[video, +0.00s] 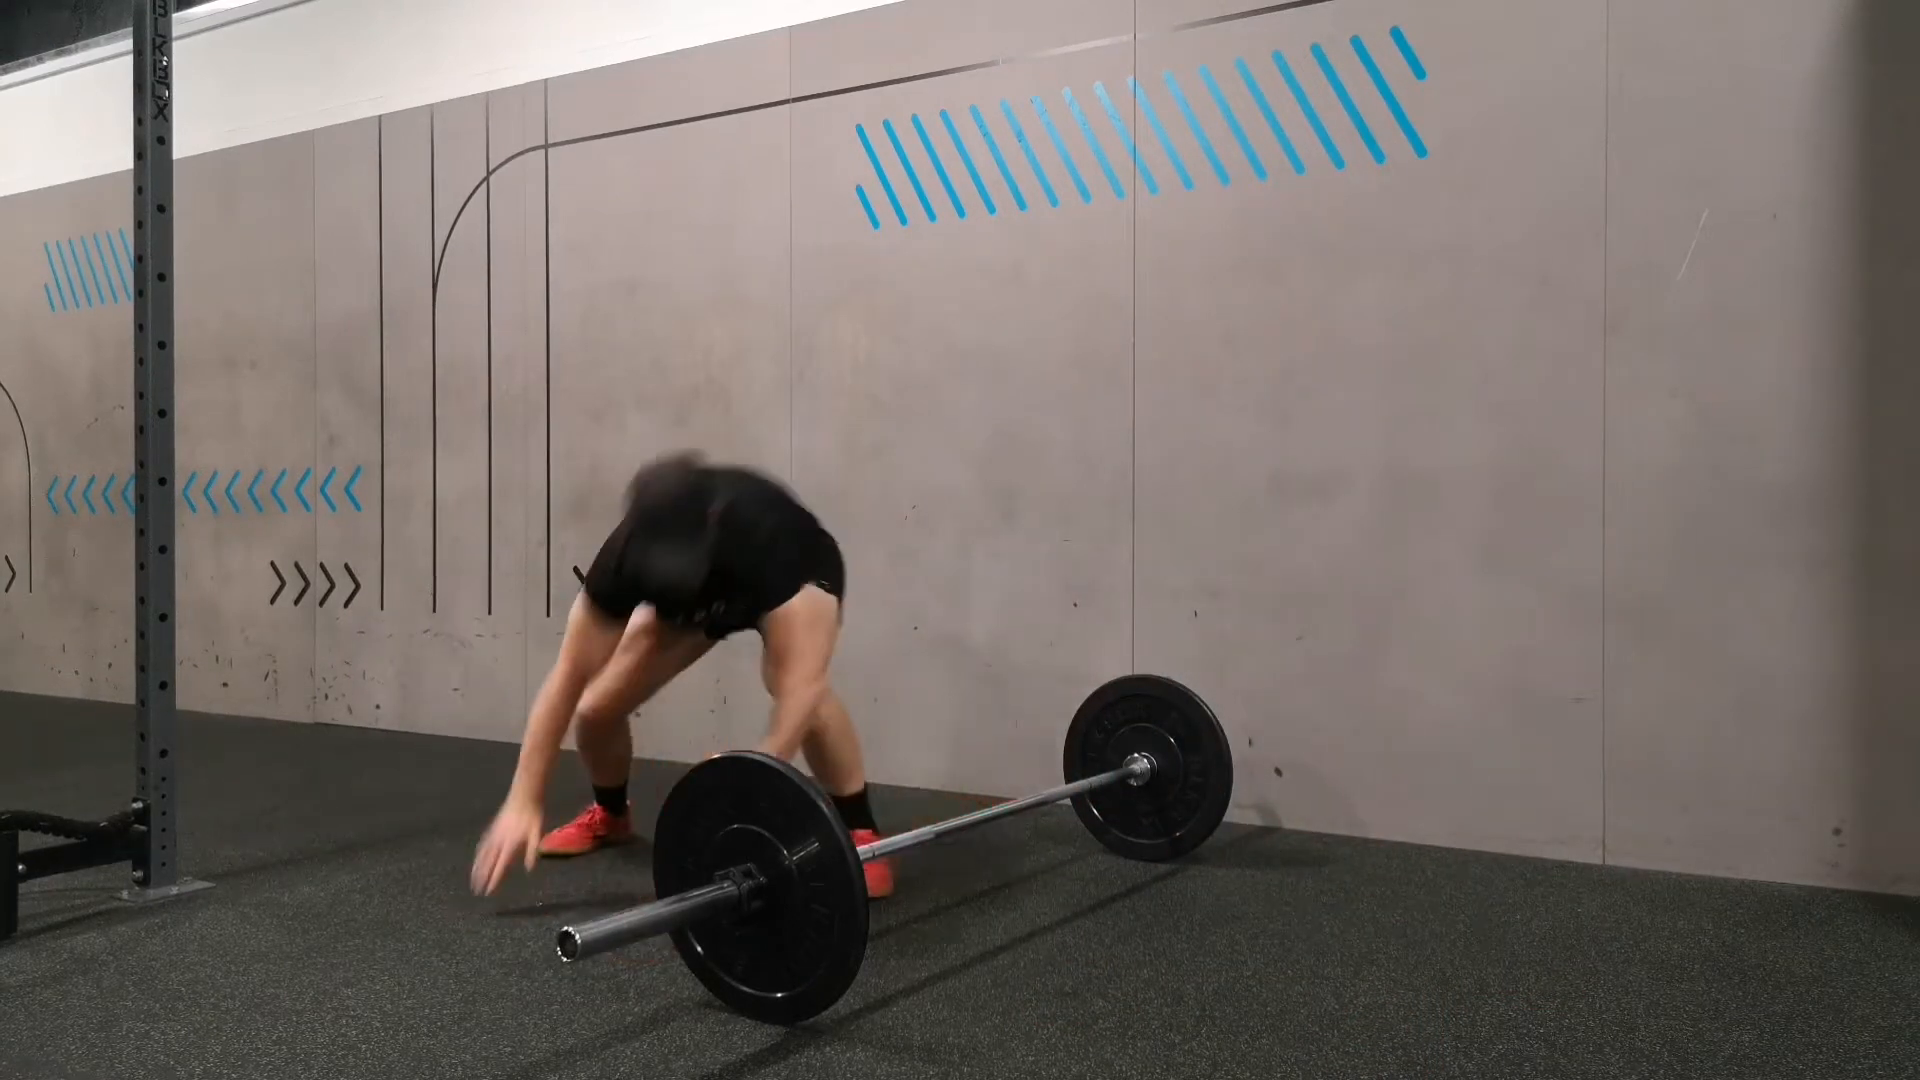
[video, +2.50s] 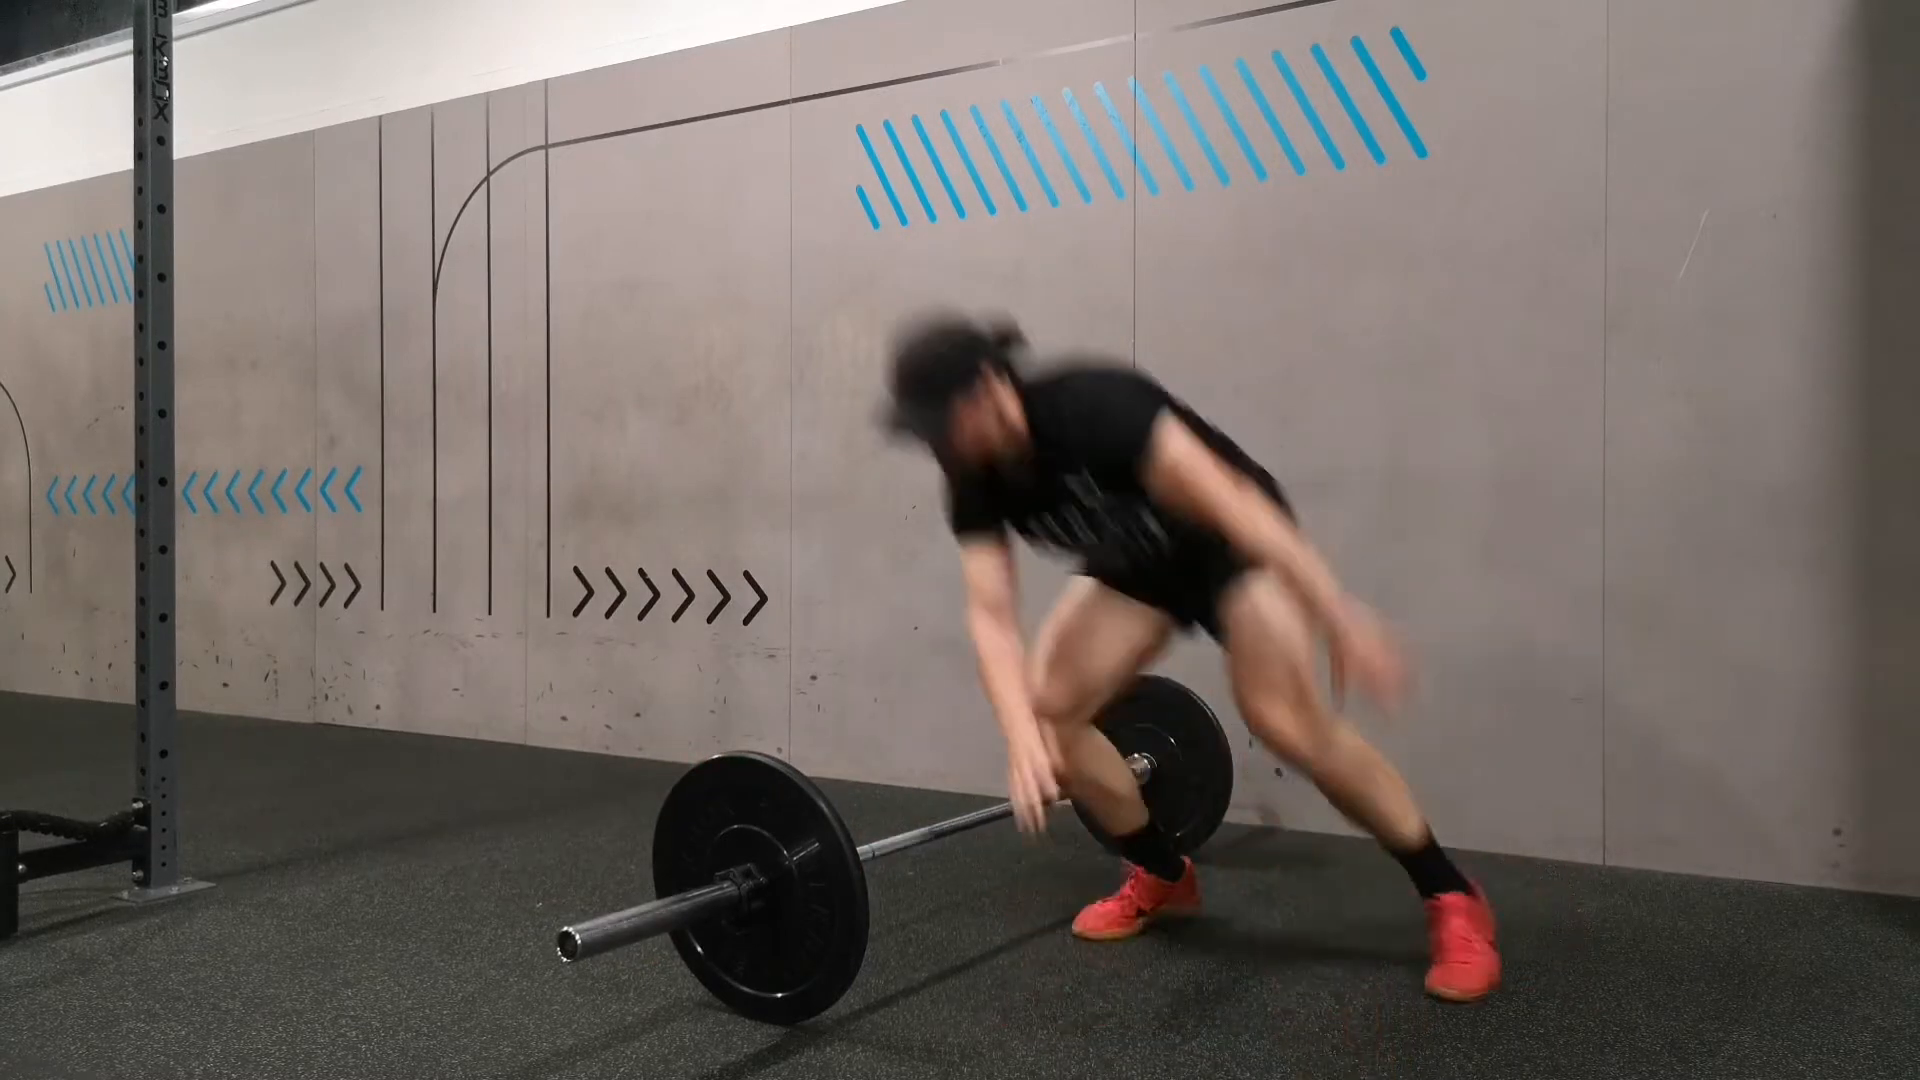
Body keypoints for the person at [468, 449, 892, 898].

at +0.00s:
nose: (665, 603)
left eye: (681, 592)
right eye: (660, 597)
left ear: (708, 545)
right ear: (636, 547)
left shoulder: (766, 541)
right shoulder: (623, 557)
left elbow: (803, 679)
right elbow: (568, 678)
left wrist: (768, 763)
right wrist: (522, 801)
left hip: (791, 583)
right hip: (692, 593)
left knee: (805, 695)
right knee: (595, 712)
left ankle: (862, 839)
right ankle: (610, 815)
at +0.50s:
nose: (866, 220)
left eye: (877, 201)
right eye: (852, 206)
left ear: (912, 173)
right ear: (835, 189)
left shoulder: (983, 223)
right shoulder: (842, 255)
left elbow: (1096, 321)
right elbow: (797, 375)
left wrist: (1145, 455)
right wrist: (768, 487)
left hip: (1050, 402)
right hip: (956, 409)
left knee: (1034, 564)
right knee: (894, 512)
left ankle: (1051, 625)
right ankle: (991, 712)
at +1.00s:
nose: (1122, 677)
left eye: (1133, 655)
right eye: (1105, 670)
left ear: (1157, 588)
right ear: (1069, 609)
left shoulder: (1228, 583)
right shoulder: (1078, 582)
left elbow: (1305, 764)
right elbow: (1053, 746)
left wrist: (1359, 944)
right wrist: (1045, 910)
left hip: (1305, 473)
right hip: (1184, 465)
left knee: (1399, 706)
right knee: (1109, 695)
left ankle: (1504, 886)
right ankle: (1187, 830)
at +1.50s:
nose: (1127, 987)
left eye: (1137, 969)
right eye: (1104, 975)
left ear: (1175, 919)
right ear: (1069, 920)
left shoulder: (1288, 905)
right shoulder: (1063, 884)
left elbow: (1443, 897)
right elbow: (1009, 842)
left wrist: (1395, 1040)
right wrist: (1042, 968)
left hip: (1331, 867)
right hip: (1200, 856)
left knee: (1451, 873)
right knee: (1253, 829)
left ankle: (1510, 803)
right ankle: (1312, 789)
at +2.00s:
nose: (1107, 801)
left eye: (1117, 784)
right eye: (1087, 792)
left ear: (1158, 732)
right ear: (1043, 740)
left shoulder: (1256, 728)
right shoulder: (1057, 731)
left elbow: (1382, 875)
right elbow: (1012, 842)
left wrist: (1389, 1040)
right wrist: (1047, 969)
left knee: (1435, 813)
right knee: (1251, 821)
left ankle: (1526, 798)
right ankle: (1296, 832)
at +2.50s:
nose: (944, 442)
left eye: (947, 421)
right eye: (934, 430)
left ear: (989, 387)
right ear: (937, 426)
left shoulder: (1099, 408)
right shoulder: (973, 474)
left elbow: (1235, 507)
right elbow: (991, 610)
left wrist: (1342, 614)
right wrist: (1019, 728)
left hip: (1232, 544)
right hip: (1135, 569)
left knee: (1282, 719)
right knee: (1048, 709)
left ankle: (1451, 899)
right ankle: (1159, 874)